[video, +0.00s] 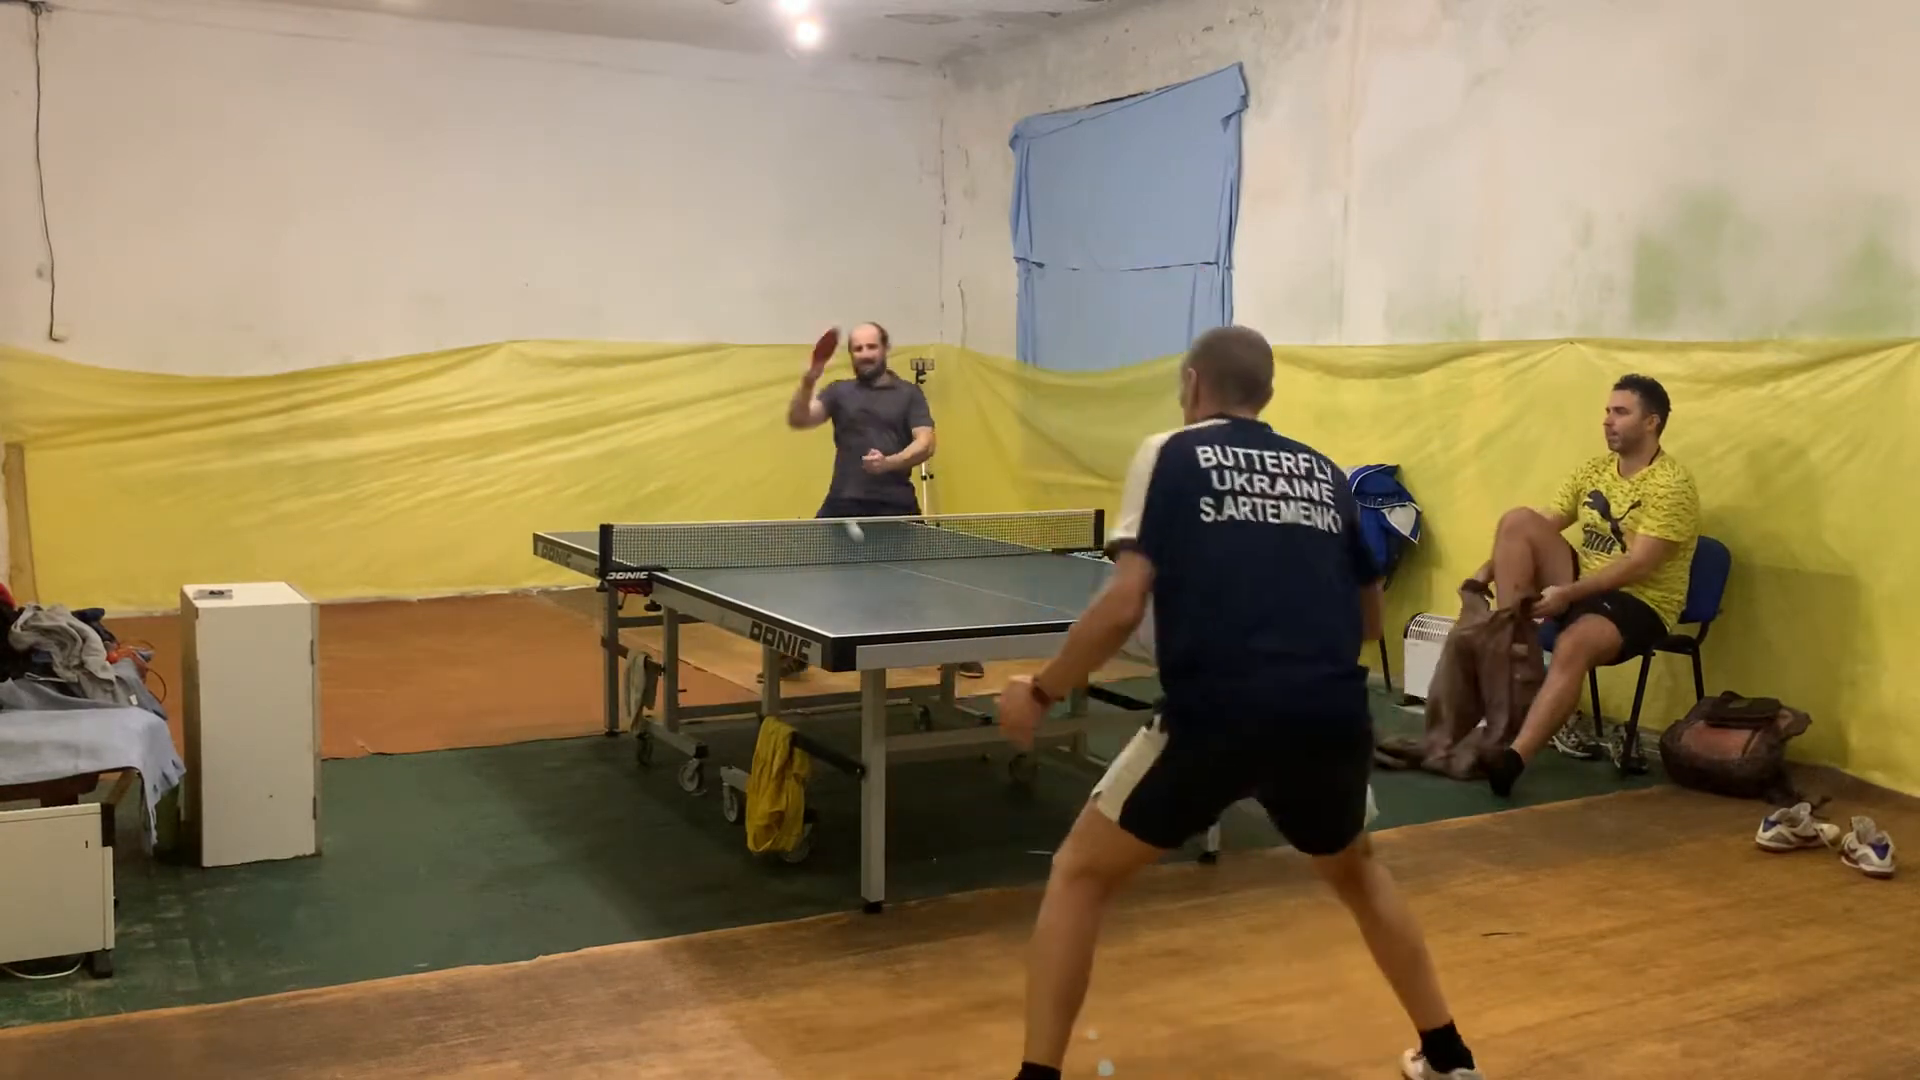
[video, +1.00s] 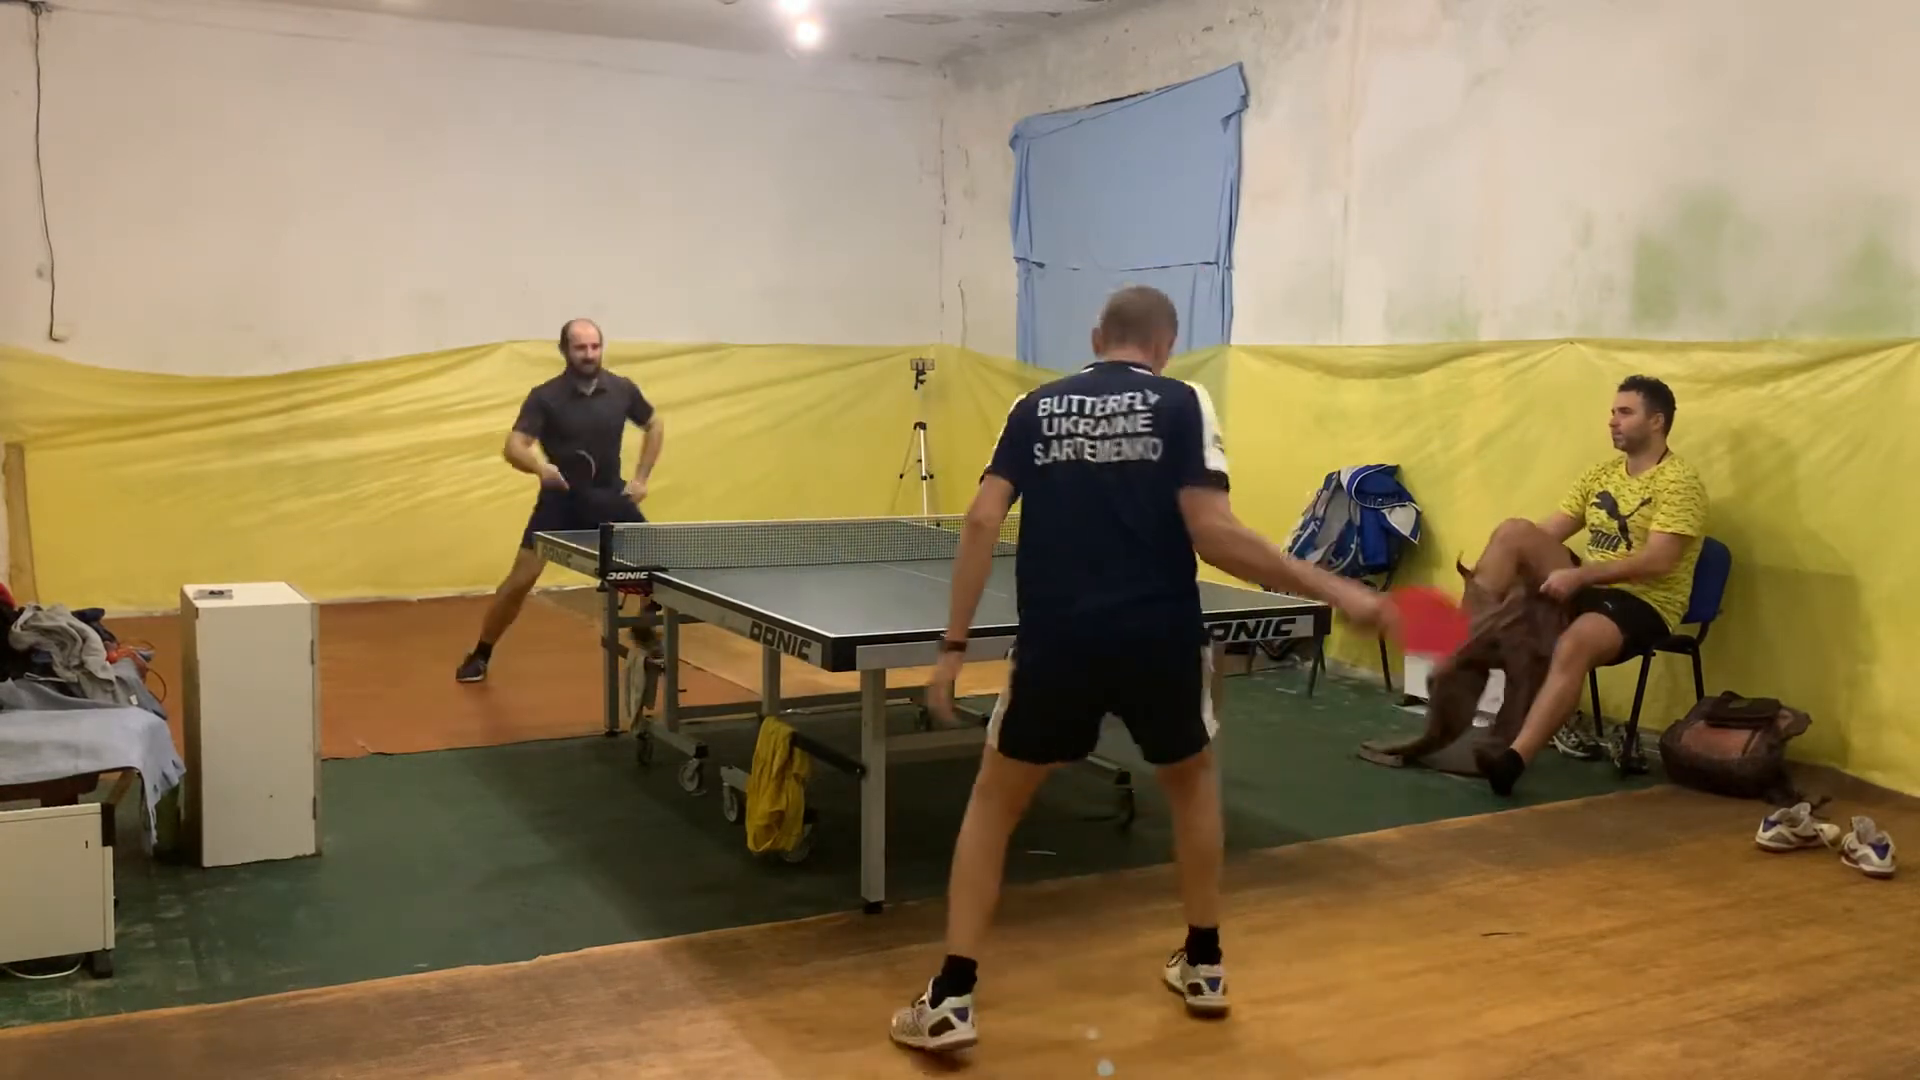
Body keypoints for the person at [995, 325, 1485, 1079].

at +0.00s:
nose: (1179, 398)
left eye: (1181, 388)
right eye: (1180, 388)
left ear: (1194, 387)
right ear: (1268, 396)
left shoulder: (1169, 453)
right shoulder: (1326, 472)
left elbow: (1125, 603)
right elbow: (1367, 618)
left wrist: (1042, 689)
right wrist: (1298, 673)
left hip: (1211, 722)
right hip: (1328, 720)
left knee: (1082, 873)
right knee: (1358, 871)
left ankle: (1038, 1071)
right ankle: (1448, 1053)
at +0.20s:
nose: (1160, 400)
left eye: (1162, 389)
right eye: (1161, 389)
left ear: (1179, 384)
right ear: (1245, 396)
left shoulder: (1174, 428)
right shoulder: (1285, 461)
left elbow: (1153, 547)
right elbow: (1287, 571)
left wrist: (1033, 632)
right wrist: (1169, 584)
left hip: (1230, 690)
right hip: (1336, 688)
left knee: (1113, 870)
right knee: (1349, 873)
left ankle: (1042, 1070)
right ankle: (1449, 1055)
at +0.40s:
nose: (1106, 357)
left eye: (1111, 349)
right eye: (1112, 350)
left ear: (1123, 355)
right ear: (1176, 377)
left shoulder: (1124, 387)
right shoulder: (1193, 430)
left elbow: (1129, 453)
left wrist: (1039, 483)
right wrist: (1081, 459)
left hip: (1194, 655)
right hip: (1289, 647)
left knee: (1111, 872)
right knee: (1334, 844)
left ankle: (1050, 1071)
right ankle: (1445, 1030)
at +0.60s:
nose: (1073, 333)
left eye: (1076, 321)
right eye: (1077, 321)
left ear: (1089, 325)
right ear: (1151, 338)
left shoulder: (1092, 374)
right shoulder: (1182, 401)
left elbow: (1124, 448)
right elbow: (1195, 502)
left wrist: (1111, 524)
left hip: (1151, 628)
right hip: (1237, 623)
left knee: (1057, 830)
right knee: (1191, 783)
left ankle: (1036, 1052)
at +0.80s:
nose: (1074, 351)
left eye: (1076, 339)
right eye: (1078, 340)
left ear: (1087, 337)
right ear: (1154, 348)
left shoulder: (1078, 389)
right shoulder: (1198, 418)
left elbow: (1081, 510)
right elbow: (1205, 538)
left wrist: (1030, 643)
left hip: (1113, 643)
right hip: (1208, 643)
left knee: (1007, 796)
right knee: (1162, 773)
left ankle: (964, 1003)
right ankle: (1211, 955)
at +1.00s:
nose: (1168, 364)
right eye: (1172, 355)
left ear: (1096, 340)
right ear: (1166, 350)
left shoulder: (1036, 407)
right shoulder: (1180, 401)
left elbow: (981, 519)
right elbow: (1211, 529)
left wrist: (954, 642)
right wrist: (1336, 591)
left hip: (1055, 650)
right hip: (1159, 647)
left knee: (994, 805)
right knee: (1191, 785)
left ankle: (951, 995)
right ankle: (1204, 960)